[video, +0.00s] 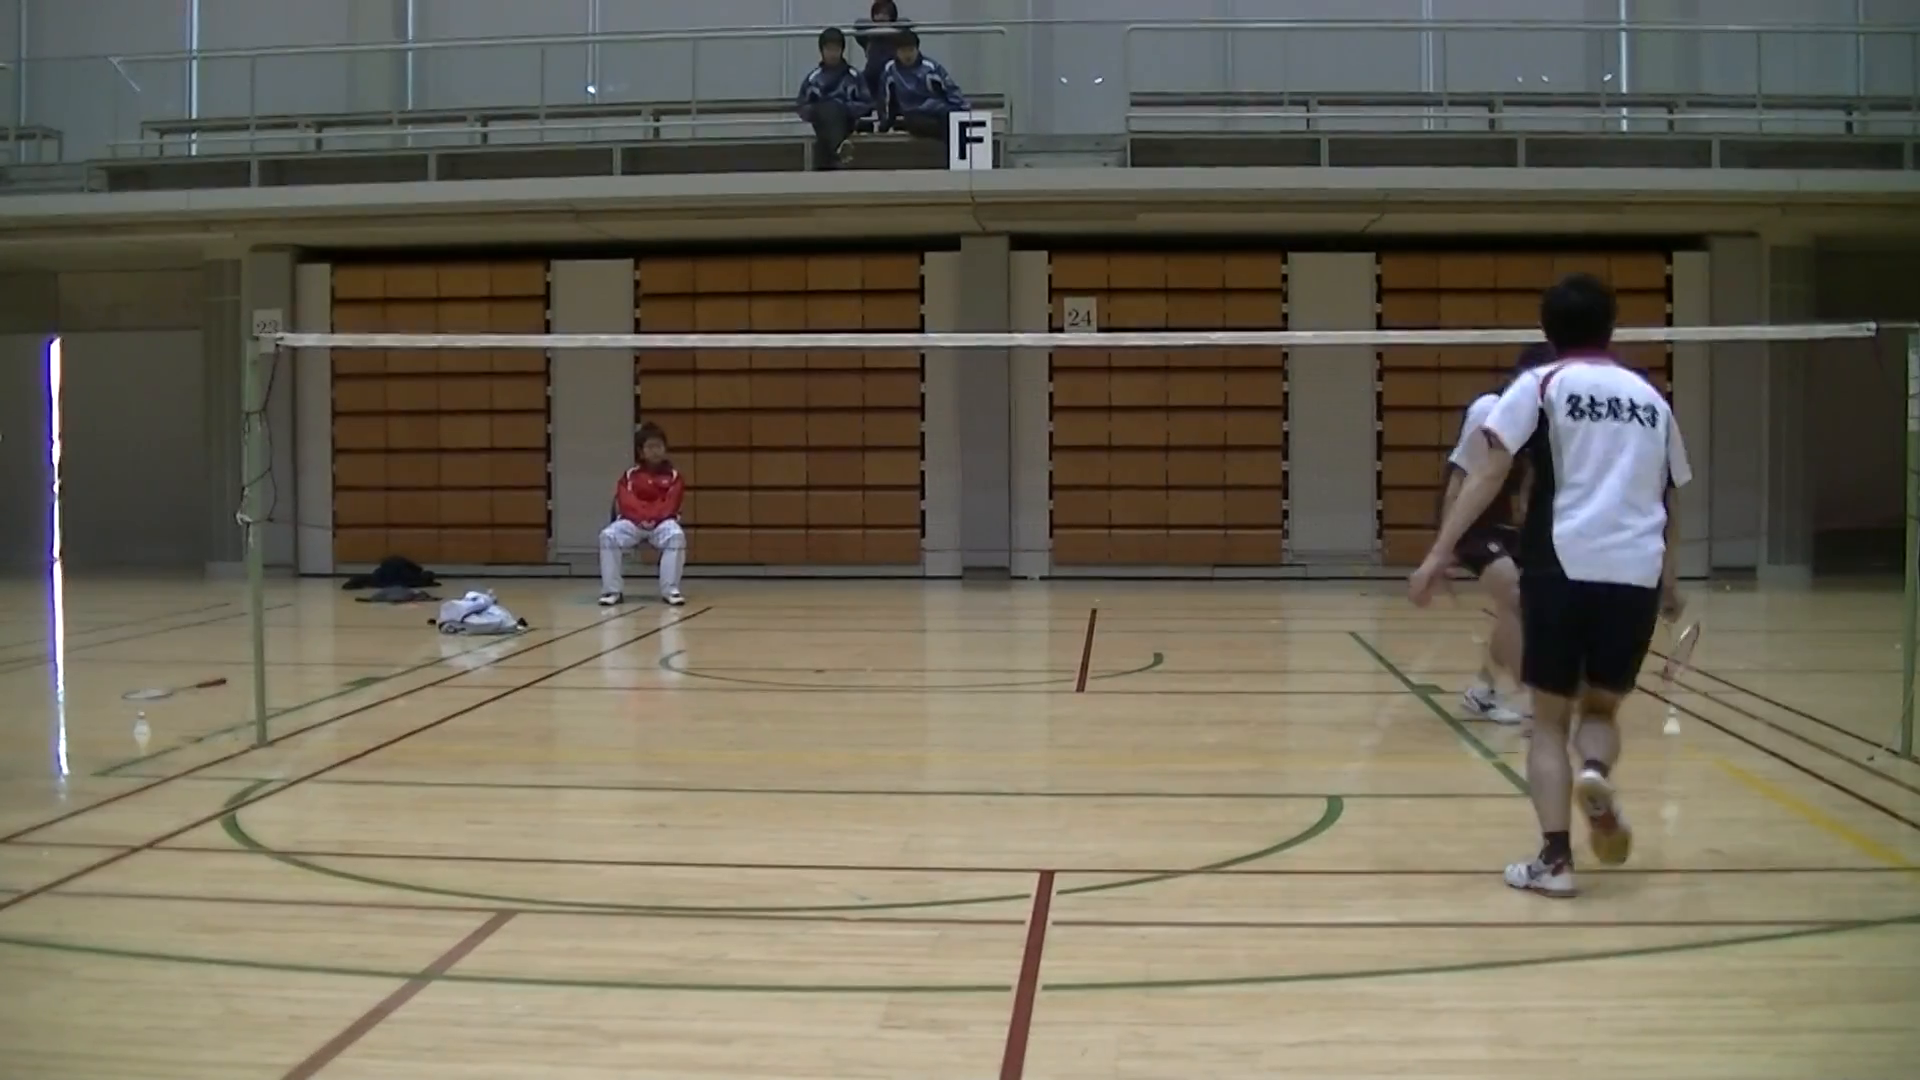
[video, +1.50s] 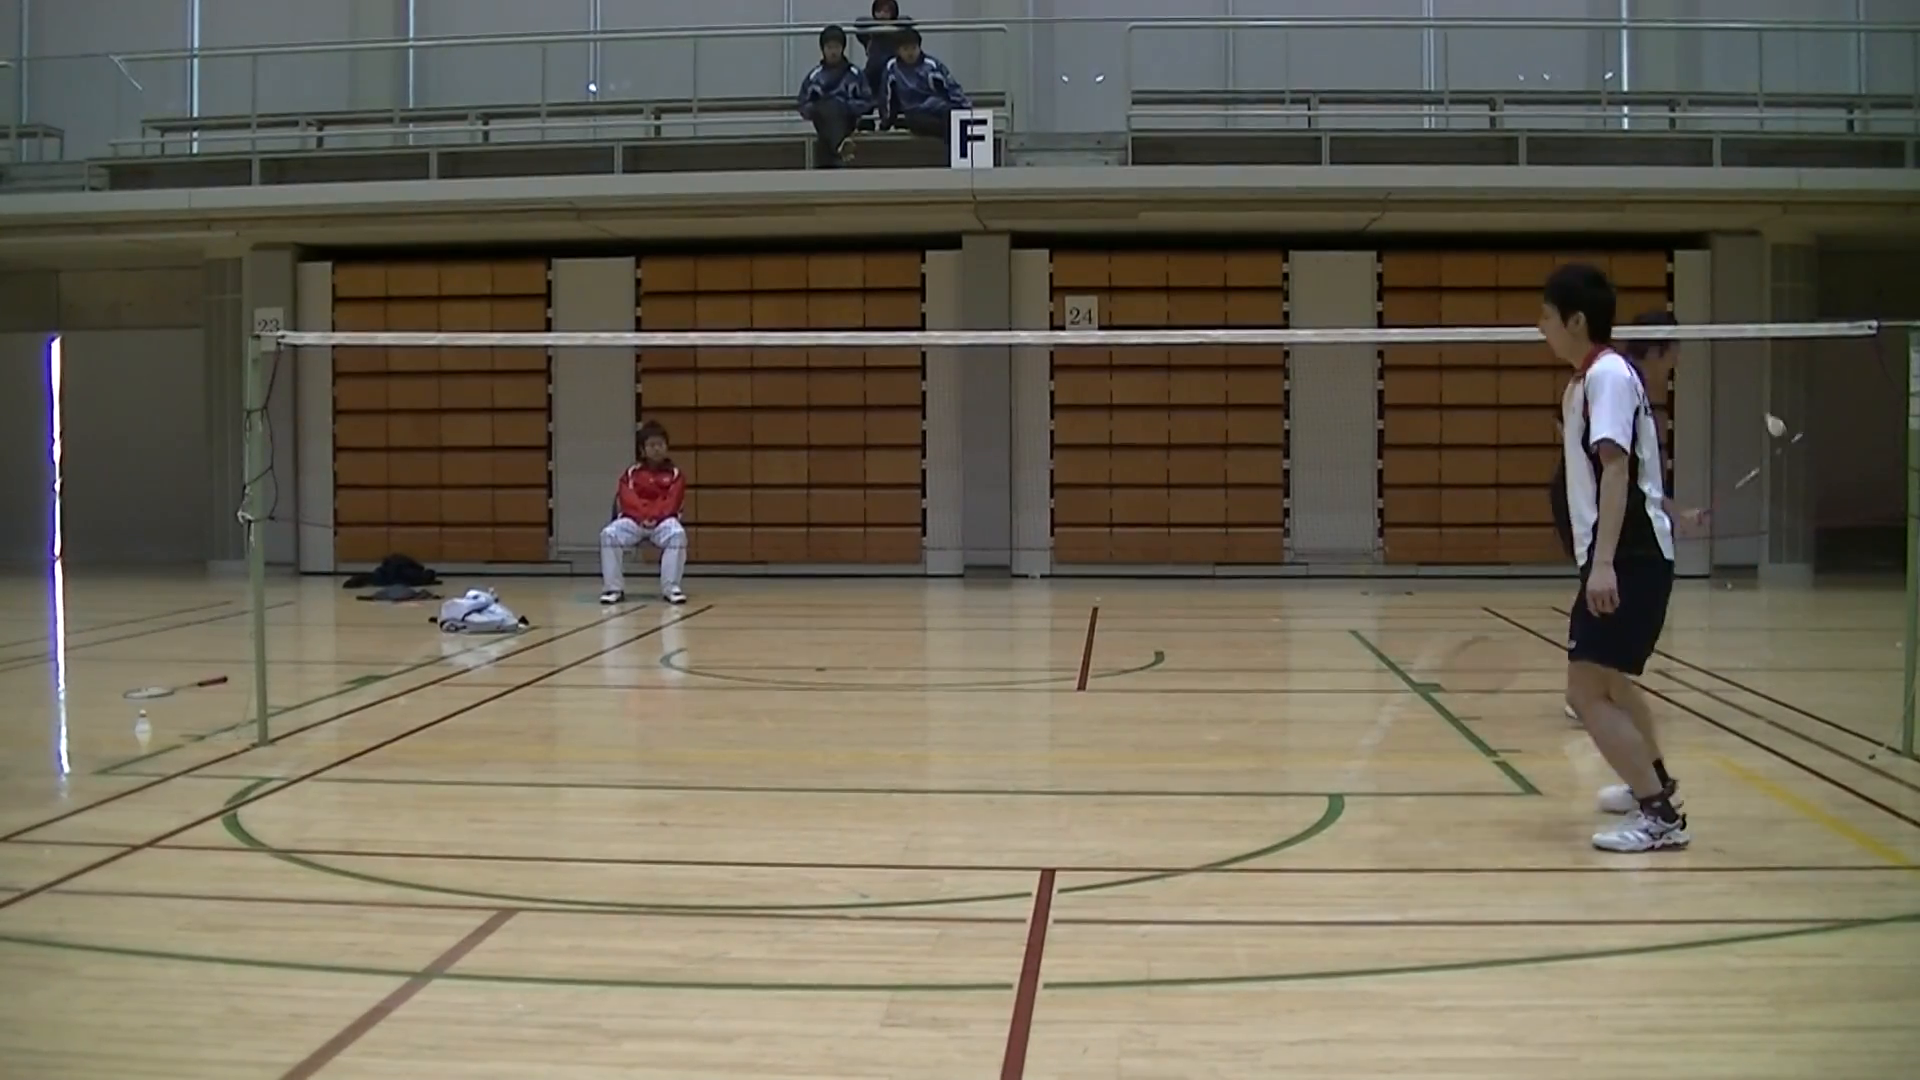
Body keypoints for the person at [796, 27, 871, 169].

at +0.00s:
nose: (832, 54)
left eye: (836, 49)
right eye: (828, 49)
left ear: (842, 50)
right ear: (821, 51)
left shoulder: (854, 76)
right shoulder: (812, 78)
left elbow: (867, 104)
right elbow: (802, 107)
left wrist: (842, 109)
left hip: (848, 121)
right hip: (820, 121)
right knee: (831, 108)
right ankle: (839, 146)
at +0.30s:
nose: (833, 53)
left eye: (837, 48)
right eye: (829, 48)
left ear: (843, 49)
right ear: (822, 50)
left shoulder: (855, 75)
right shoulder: (814, 77)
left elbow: (867, 104)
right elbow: (803, 107)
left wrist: (842, 108)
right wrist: (821, 111)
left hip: (848, 120)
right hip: (820, 121)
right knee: (830, 107)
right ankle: (840, 146)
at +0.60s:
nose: (833, 53)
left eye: (837, 48)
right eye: (829, 48)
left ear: (843, 49)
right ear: (822, 50)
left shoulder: (855, 75)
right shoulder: (813, 77)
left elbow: (867, 104)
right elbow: (803, 108)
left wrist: (842, 108)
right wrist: (825, 108)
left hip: (848, 120)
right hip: (821, 120)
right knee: (830, 106)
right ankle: (840, 146)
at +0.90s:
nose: (833, 53)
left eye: (837, 48)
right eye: (829, 48)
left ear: (843, 49)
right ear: (822, 51)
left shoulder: (855, 75)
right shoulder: (813, 77)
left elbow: (867, 105)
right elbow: (803, 108)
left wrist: (842, 107)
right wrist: (823, 109)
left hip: (848, 119)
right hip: (820, 120)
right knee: (830, 106)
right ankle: (841, 146)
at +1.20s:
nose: (833, 52)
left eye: (837, 47)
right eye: (829, 48)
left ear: (843, 49)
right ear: (822, 50)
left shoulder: (855, 74)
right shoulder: (813, 76)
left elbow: (867, 102)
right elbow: (803, 106)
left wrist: (843, 107)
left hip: (847, 119)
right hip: (821, 120)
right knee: (831, 106)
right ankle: (840, 145)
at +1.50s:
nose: (833, 51)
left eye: (837, 47)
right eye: (829, 47)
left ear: (843, 48)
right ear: (822, 49)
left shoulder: (856, 74)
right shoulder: (813, 76)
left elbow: (867, 103)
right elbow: (803, 105)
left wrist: (844, 106)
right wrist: (818, 109)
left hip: (848, 119)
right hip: (821, 118)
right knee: (830, 105)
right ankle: (840, 144)